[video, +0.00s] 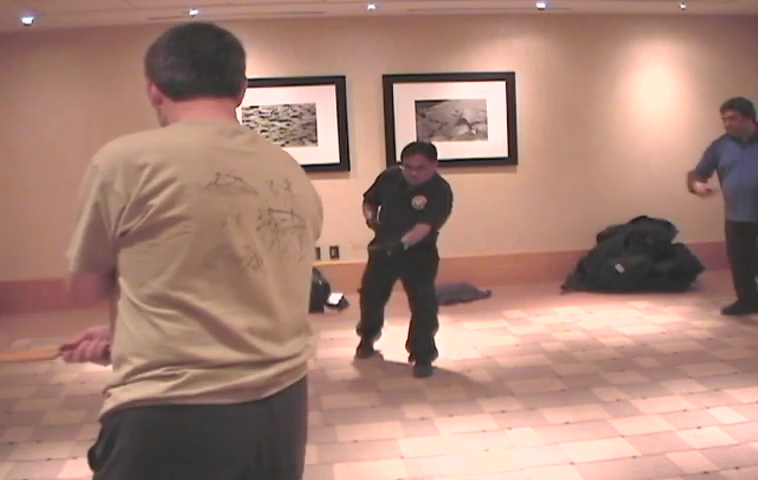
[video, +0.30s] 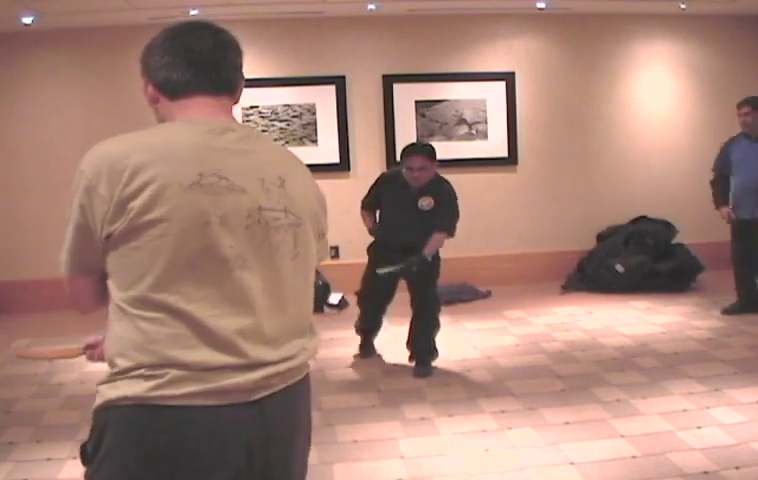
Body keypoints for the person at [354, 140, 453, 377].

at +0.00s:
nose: (413, 174)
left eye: (420, 168)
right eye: (408, 167)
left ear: (434, 166)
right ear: (401, 164)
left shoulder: (441, 191)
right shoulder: (389, 178)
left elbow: (426, 225)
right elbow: (369, 201)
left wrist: (400, 244)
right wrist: (371, 221)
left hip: (419, 251)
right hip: (384, 247)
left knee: (423, 304)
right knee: (370, 295)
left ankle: (423, 357)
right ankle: (367, 338)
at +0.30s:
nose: (415, 175)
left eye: (422, 169)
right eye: (410, 169)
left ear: (434, 167)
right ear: (402, 167)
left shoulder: (443, 191)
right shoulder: (388, 181)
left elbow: (442, 231)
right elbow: (367, 208)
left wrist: (423, 257)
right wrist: (375, 232)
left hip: (422, 252)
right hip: (386, 249)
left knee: (425, 306)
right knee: (371, 298)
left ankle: (423, 358)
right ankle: (366, 337)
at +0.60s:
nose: (406, 166)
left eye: (411, 161)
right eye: (399, 162)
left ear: (421, 162)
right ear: (390, 163)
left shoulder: (431, 186)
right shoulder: (377, 182)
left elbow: (447, 228)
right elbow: (354, 216)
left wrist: (455, 261)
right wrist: (349, 247)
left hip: (415, 251)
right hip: (379, 251)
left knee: (424, 304)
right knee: (371, 300)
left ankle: (423, 357)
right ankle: (374, 339)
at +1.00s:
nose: (377, 162)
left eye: (380, 156)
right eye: (370, 159)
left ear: (387, 154)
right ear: (359, 162)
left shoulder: (404, 179)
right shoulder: (348, 183)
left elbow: (426, 215)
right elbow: (331, 218)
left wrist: (441, 242)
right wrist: (332, 248)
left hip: (400, 245)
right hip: (364, 248)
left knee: (412, 296)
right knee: (369, 299)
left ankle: (421, 345)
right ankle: (378, 339)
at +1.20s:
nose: (374, 155)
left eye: (375, 149)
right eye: (366, 153)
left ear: (379, 148)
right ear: (354, 157)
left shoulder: (399, 173)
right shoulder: (345, 179)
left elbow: (412, 210)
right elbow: (328, 215)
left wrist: (413, 244)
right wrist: (330, 246)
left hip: (396, 237)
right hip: (364, 240)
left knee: (409, 283)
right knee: (370, 290)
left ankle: (402, 328)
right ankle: (377, 336)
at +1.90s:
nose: (378, 156)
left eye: (379, 152)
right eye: (372, 154)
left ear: (383, 150)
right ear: (358, 156)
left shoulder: (394, 173)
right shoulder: (345, 174)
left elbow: (408, 205)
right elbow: (327, 206)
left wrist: (416, 231)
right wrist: (323, 236)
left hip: (385, 230)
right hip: (355, 231)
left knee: (390, 273)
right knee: (352, 275)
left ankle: (378, 322)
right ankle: (351, 327)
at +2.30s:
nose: (356, 156)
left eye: (359, 152)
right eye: (351, 153)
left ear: (364, 151)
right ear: (338, 153)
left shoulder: (376, 172)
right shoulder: (327, 175)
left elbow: (393, 203)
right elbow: (314, 207)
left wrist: (402, 228)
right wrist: (315, 230)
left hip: (371, 230)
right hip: (339, 232)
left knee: (381, 271)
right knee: (334, 275)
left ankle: (379, 318)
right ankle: (326, 318)